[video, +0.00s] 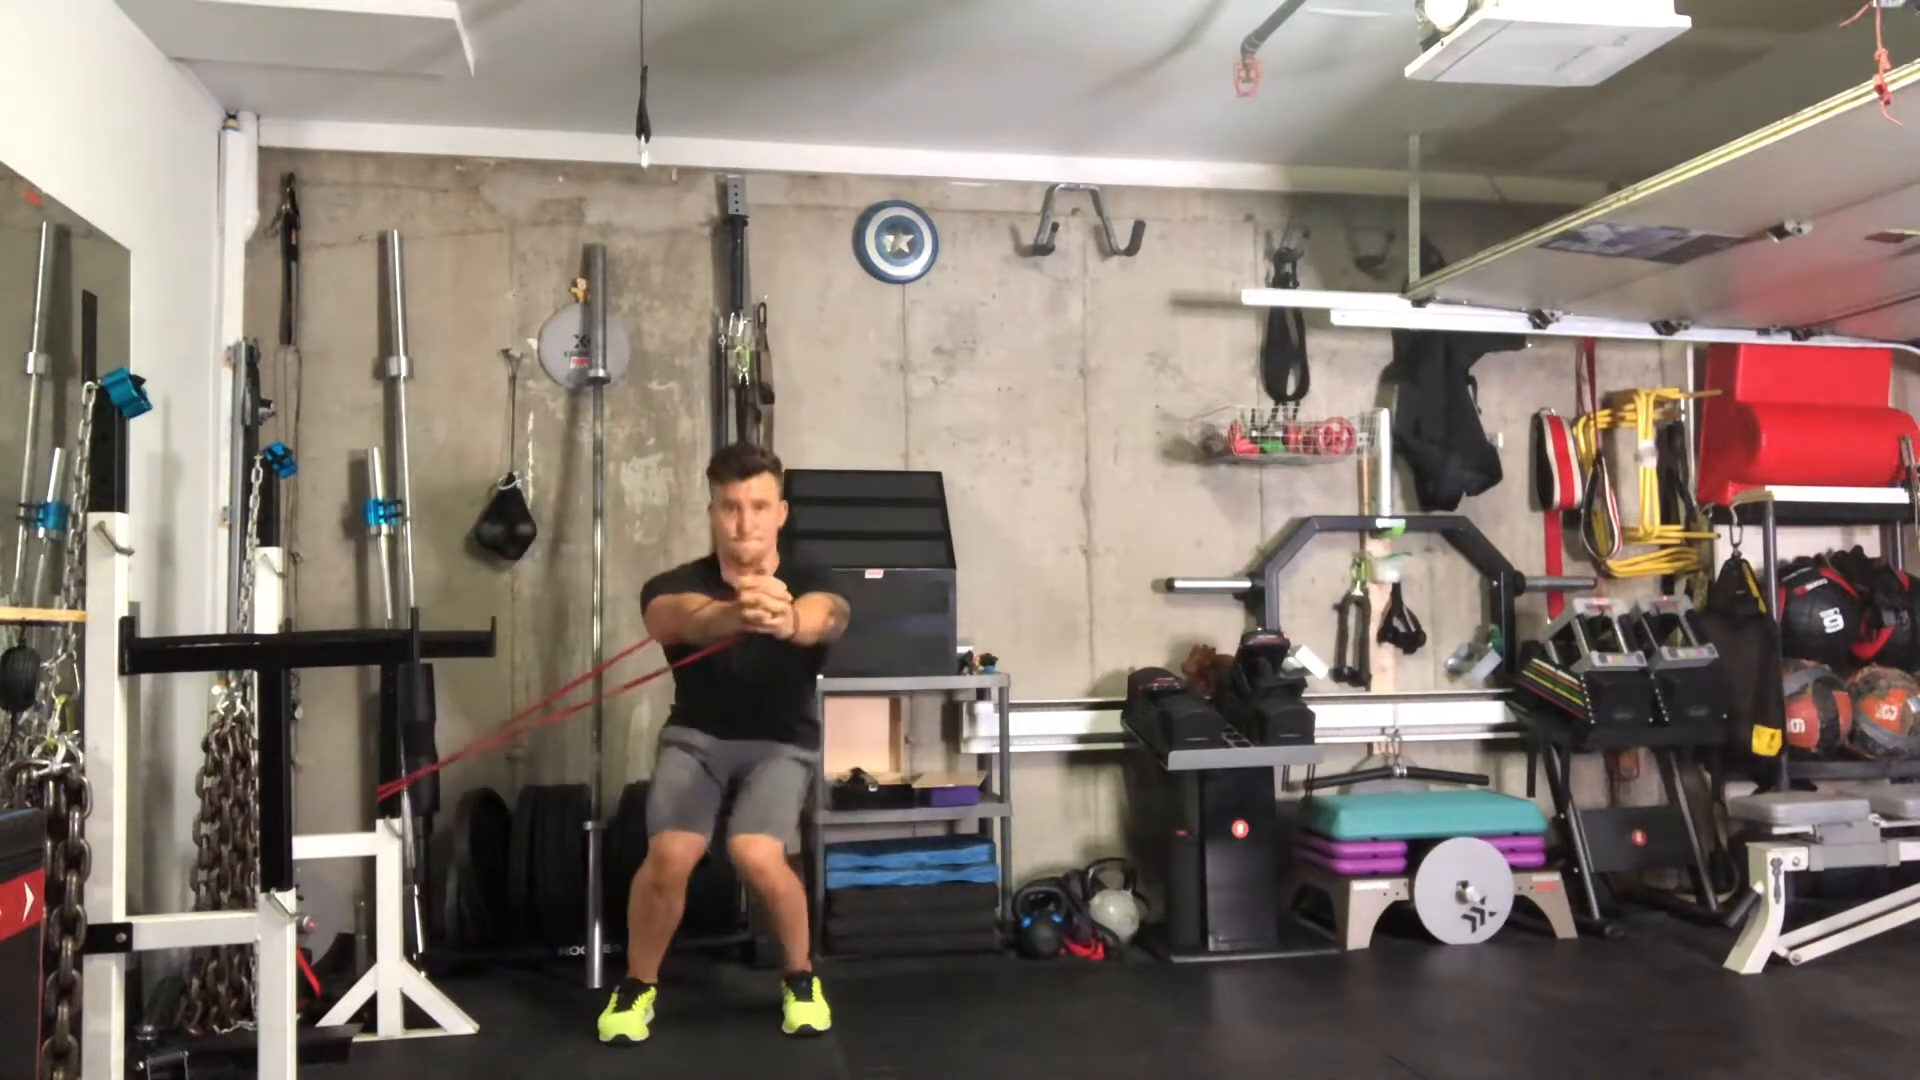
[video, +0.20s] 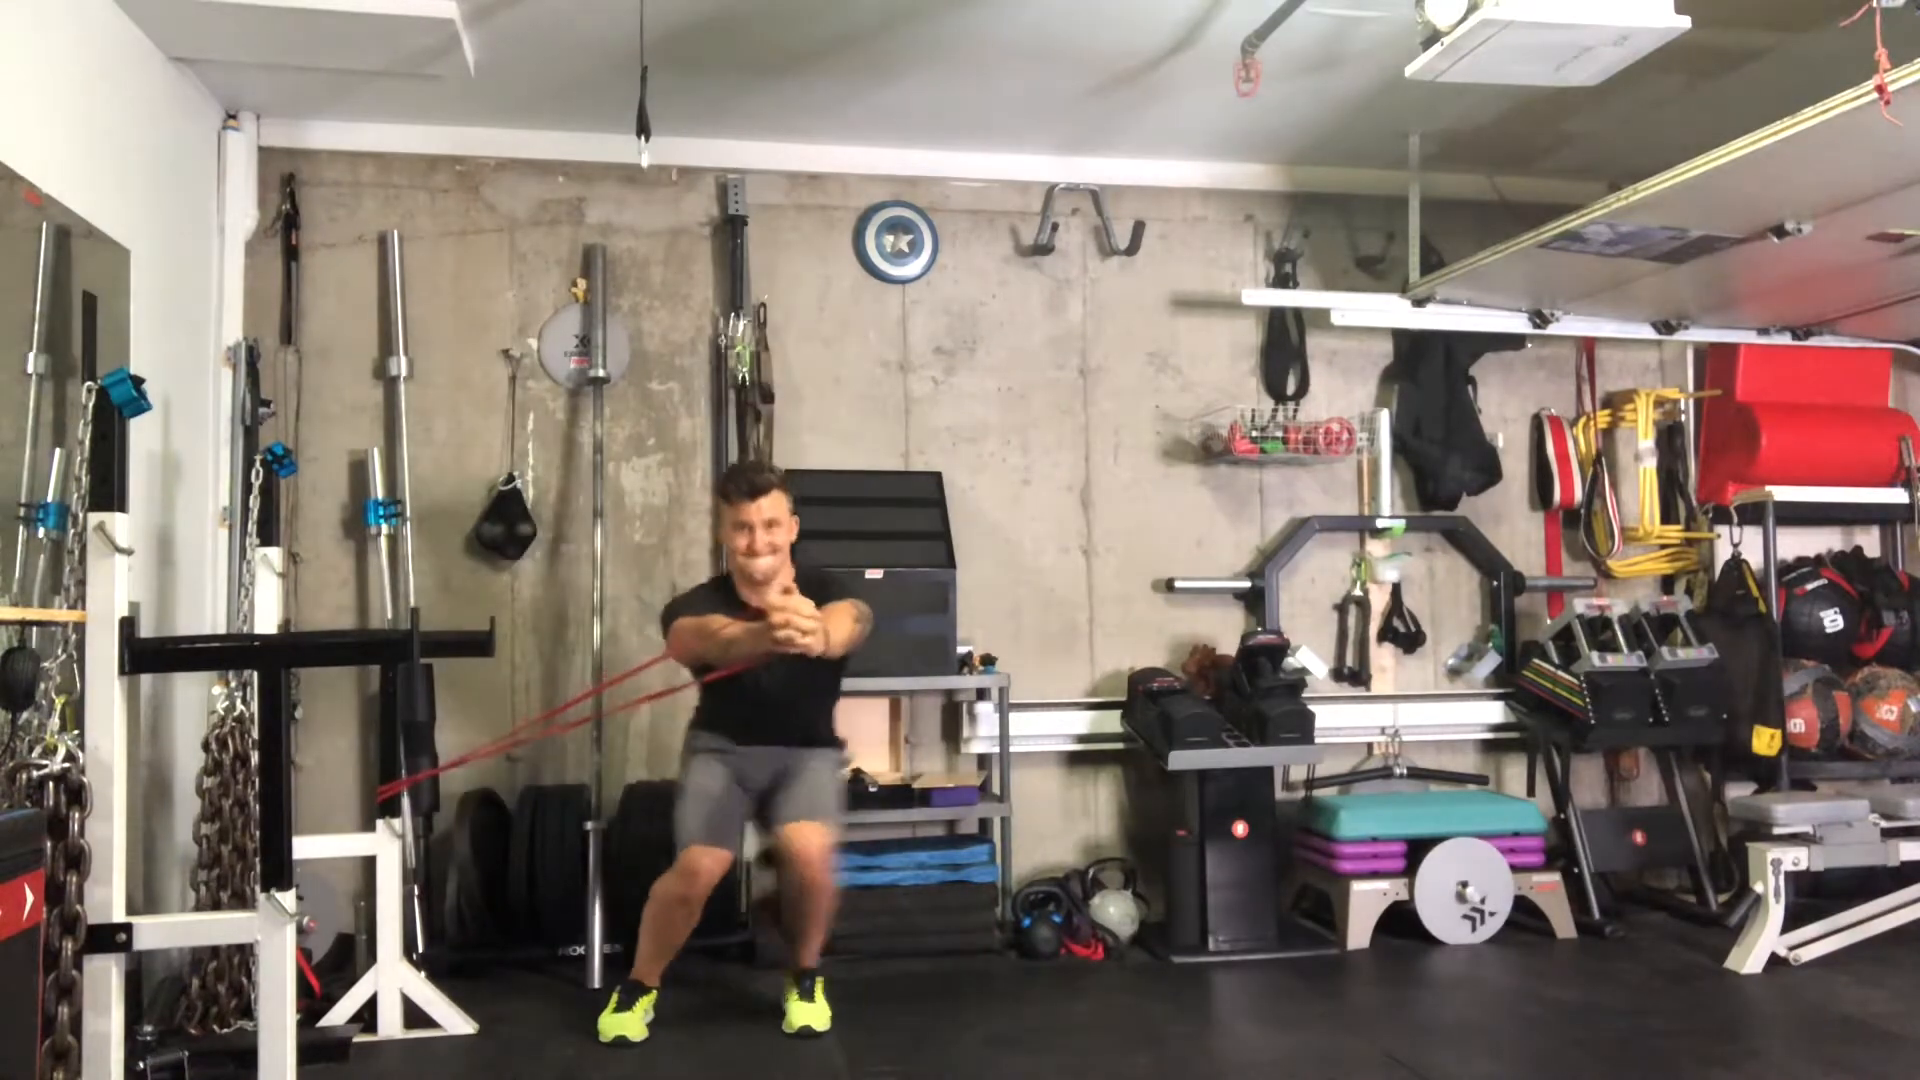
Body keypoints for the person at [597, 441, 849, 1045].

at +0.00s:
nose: (744, 524)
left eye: (759, 508)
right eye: (730, 509)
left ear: (782, 513)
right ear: (711, 513)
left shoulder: (812, 584)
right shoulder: (671, 588)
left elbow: (825, 615)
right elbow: (684, 623)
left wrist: (792, 620)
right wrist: (739, 613)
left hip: (780, 747)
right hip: (694, 740)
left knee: (754, 849)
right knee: (670, 852)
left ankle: (800, 979)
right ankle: (638, 989)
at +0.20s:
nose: (758, 543)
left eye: (771, 526)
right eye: (742, 529)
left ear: (793, 528)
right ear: (722, 535)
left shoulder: (832, 589)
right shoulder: (696, 606)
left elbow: (851, 621)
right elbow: (702, 643)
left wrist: (821, 633)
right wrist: (765, 635)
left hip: (807, 754)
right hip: (720, 752)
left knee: (809, 853)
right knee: (699, 868)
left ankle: (806, 978)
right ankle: (639, 988)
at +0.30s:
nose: (781, 539)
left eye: (795, 522)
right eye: (765, 525)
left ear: (819, 523)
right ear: (743, 532)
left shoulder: (857, 581)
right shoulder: (724, 603)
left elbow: (880, 616)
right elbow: (726, 642)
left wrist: (853, 634)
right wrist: (799, 640)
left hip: (845, 752)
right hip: (752, 755)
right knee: (707, 874)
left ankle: (863, 968)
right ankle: (641, 987)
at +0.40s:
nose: (844, 520)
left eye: (859, 502)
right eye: (829, 505)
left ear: (888, 503)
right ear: (810, 512)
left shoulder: (912, 571)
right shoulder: (785, 584)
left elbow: (946, 599)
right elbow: (791, 619)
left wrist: (939, 602)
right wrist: (889, 612)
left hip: (896, 744)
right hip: (797, 751)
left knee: (988, 827)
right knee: (724, 875)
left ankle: (1011, 945)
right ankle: (642, 990)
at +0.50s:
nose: (945, 492)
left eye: (959, 475)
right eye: (931, 477)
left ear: (983, 480)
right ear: (909, 484)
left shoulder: (997, 547)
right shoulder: (884, 569)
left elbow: (1049, 574)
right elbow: (942, 580)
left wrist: (1068, 553)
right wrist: (1025, 568)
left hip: (971, 737)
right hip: (879, 742)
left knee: (1069, 829)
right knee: (768, 867)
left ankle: (1120, 977)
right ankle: (650, 986)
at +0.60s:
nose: (1047, 486)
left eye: (1060, 472)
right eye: (1034, 473)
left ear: (1083, 475)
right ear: (1016, 478)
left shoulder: (1101, 541)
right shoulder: (988, 544)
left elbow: (1148, 568)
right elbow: (1009, 573)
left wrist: (1168, 546)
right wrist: (1119, 553)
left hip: (1050, 722)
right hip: (962, 722)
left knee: (1112, 840)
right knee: (894, 839)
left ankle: (1126, 984)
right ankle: (763, 951)